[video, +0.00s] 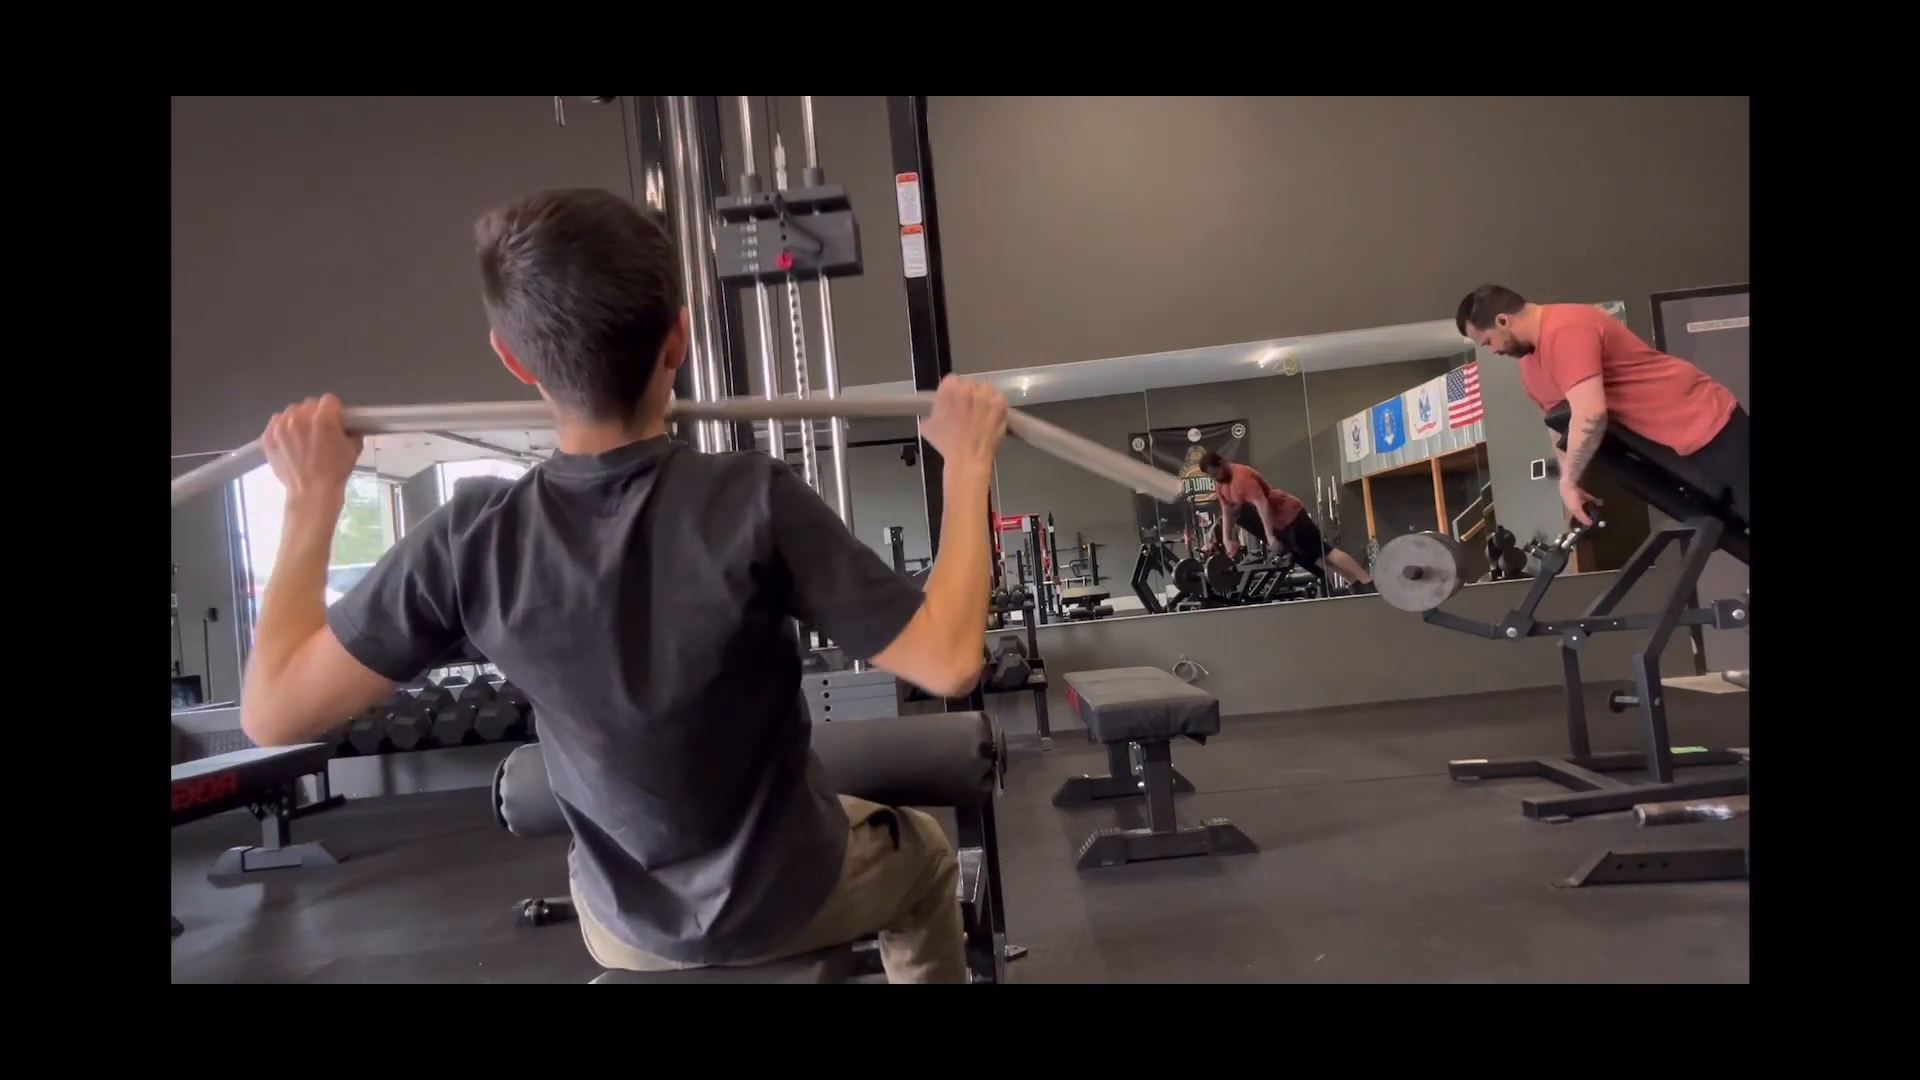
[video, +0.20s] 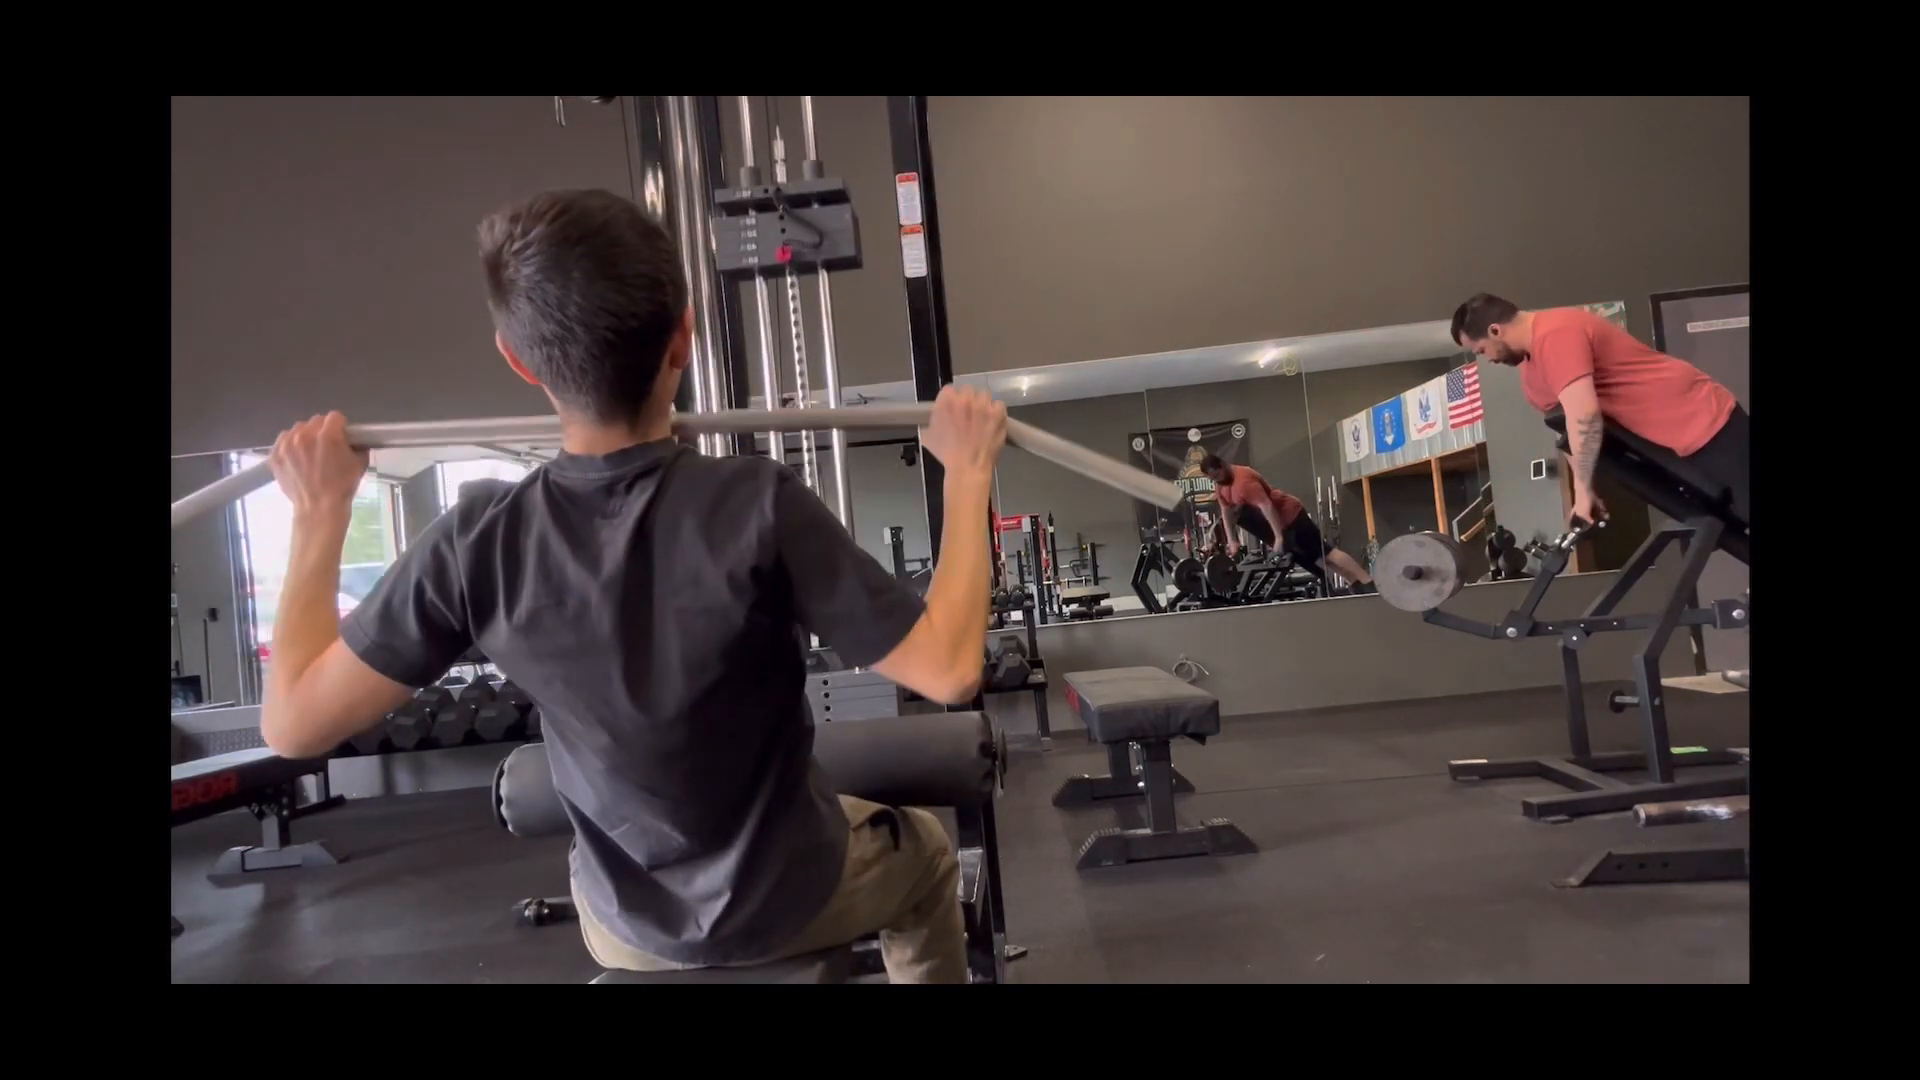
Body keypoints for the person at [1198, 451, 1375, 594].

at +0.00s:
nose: (1216, 475)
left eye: (1216, 470)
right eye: (1211, 474)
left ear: (1222, 463)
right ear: (1209, 474)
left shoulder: (1242, 477)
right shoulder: (1221, 486)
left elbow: (1262, 505)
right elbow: (1227, 512)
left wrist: (1270, 536)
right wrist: (1226, 539)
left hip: (1289, 514)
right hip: (1276, 524)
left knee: (1324, 551)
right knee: (1315, 559)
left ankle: (1368, 581)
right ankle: (1354, 583)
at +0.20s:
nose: (1217, 477)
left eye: (1217, 472)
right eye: (1212, 476)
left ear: (1223, 465)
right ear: (1209, 476)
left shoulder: (1244, 481)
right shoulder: (1221, 487)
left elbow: (1267, 507)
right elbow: (1226, 515)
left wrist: (1279, 538)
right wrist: (1232, 541)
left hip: (1291, 514)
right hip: (1276, 524)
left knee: (1326, 551)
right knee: (1317, 559)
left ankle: (1368, 581)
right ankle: (1354, 583)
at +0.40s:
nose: (1218, 479)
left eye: (1218, 474)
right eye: (1213, 478)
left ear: (1224, 467)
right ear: (1209, 479)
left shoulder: (1243, 484)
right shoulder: (1221, 489)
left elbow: (1269, 507)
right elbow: (1226, 515)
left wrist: (1279, 538)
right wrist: (1232, 541)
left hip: (1290, 514)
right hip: (1277, 524)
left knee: (1326, 551)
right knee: (1316, 559)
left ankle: (1368, 582)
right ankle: (1354, 584)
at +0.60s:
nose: (1218, 480)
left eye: (1219, 475)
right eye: (1214, 479)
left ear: (1224, 468)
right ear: (1209, 479)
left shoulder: (1244, 484)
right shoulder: (1220, 488)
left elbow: (1267, 509)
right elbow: (1225, 514)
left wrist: (1272, 542)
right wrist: (1232, 541)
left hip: (1289, 514)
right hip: (1275, 524)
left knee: (1325, 552)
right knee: (1315, 559)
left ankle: (1368, 582)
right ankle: (1354, 584)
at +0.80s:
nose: (1218, 481)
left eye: (1218, 475)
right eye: (1213, 479)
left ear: (1224, 468)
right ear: (1208, 479)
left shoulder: (1242, 482)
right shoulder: (1218, 489)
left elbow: (1259, 514)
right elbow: (1223, 515)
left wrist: (1270, 544)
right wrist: (1230, 542)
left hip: (1290, 514)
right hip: (1275, 524)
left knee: (1324, 552)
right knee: (1314, 560)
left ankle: (1368, 581)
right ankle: (1354, 584)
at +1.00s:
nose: (1216, 479)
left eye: (1217, 473)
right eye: (1211, 477)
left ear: (1222, 467)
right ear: (1207, 478)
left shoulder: (1241, 481)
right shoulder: (1218, 489)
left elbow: (1258, 512)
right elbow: (1225, 515)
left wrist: (1268, 541)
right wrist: (1232, 542)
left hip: (1290, 514)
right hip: (1275, 524)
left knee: (1324, 552)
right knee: (1314, 559)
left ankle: (1368, 582)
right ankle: (1354, 585)